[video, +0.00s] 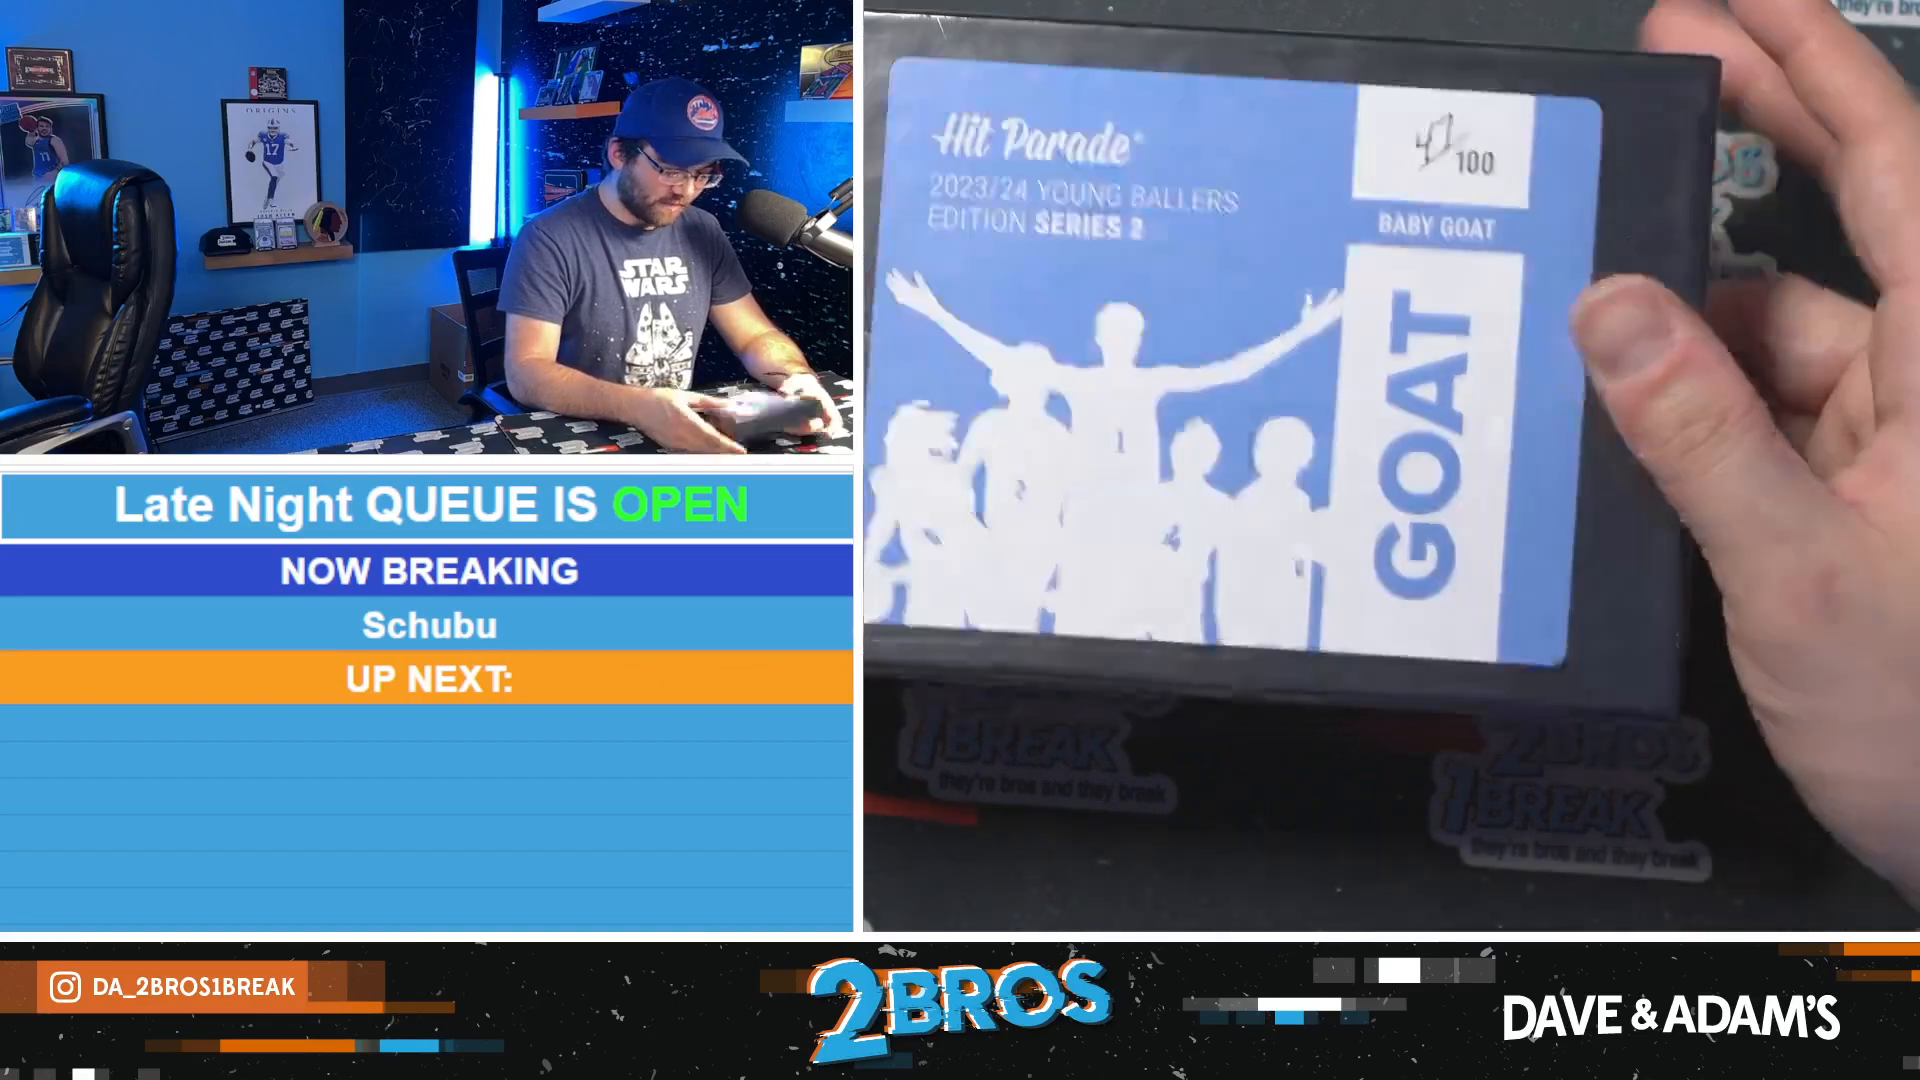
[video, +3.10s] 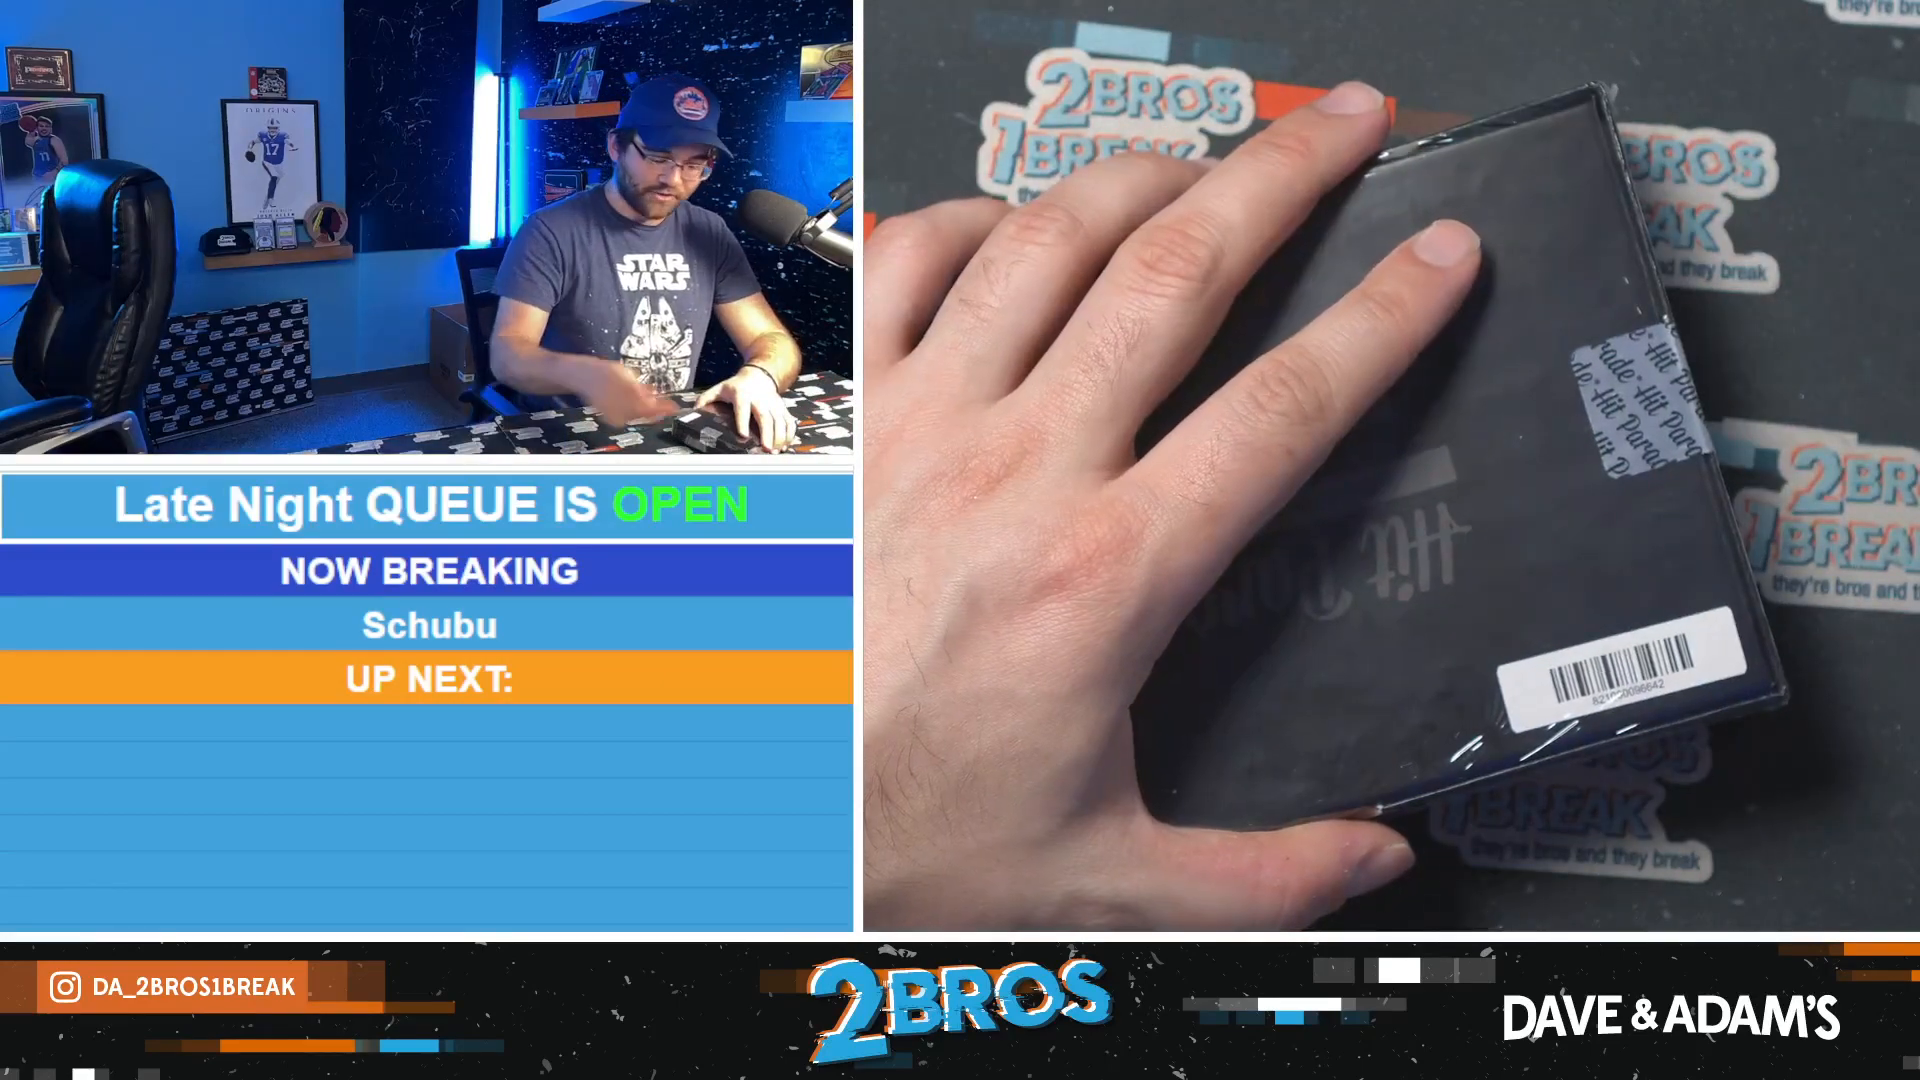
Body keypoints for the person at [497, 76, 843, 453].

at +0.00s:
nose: (687, 191)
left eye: (702, 173)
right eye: (671, 169)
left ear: (715, 169)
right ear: (619, 154)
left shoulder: (702, 233)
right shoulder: (553, 238)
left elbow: (757, 336)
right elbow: (529, 374)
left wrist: (797, 375)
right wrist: (643, 407)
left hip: (684, 460)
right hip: (579, 464)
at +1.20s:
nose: (659, 160)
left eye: (679, 145)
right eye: (642, 140)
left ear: (695, 157)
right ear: (605, 144)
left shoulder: (705, 231)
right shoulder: (552, 238)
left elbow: (757, 334)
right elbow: (523, 373)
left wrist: (793, 372)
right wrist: (612, 384)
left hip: (683, 449)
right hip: (577, 458)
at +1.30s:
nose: (648, 156)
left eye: (670, 141)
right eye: (631, 137)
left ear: (691, 155)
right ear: (602, 144)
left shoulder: (704, 230)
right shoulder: (548, 237)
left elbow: (762, 331)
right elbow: (515, 365)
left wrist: (795, 367)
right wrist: (565, 389)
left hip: (683, 456)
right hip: (580, 464)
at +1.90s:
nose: (604, 151)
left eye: (629, 137)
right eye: (599, 135)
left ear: (680, 153)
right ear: (590, 138)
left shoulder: (709, 233)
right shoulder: (551, 232)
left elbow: (775, 340)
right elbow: (520, 348)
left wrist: (753, 371)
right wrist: (535, 435)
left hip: (682, 448)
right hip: (582, 452)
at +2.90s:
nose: (652, 169)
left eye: (675, 154)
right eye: (637, 147)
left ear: (701, 160)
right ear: (613, 145)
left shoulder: (708, 236)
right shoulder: (552, 235)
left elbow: (771, 341)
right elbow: (503, 344)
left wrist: (760, 376)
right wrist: (509, 401)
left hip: (677, 456)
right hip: (570, 456)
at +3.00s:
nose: (665, 176)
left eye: (687, 161)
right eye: (650, 153)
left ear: (703, 167)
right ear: (614, 145)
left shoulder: (708, 235)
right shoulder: (550, 235)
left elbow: (771, 341)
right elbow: (501, 351)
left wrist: (759, 376)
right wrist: (548, 386)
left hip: (678, 457)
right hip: (575, 463)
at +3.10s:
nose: (673, 180)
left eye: (693, 164)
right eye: (657, 157)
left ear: (708, 168)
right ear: (616, 146)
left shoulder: (708, 235)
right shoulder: (550, 234)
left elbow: (771, 341)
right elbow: (507, 355)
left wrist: (758, 375)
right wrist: (589, 377)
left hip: (679, 457)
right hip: (574, 462)